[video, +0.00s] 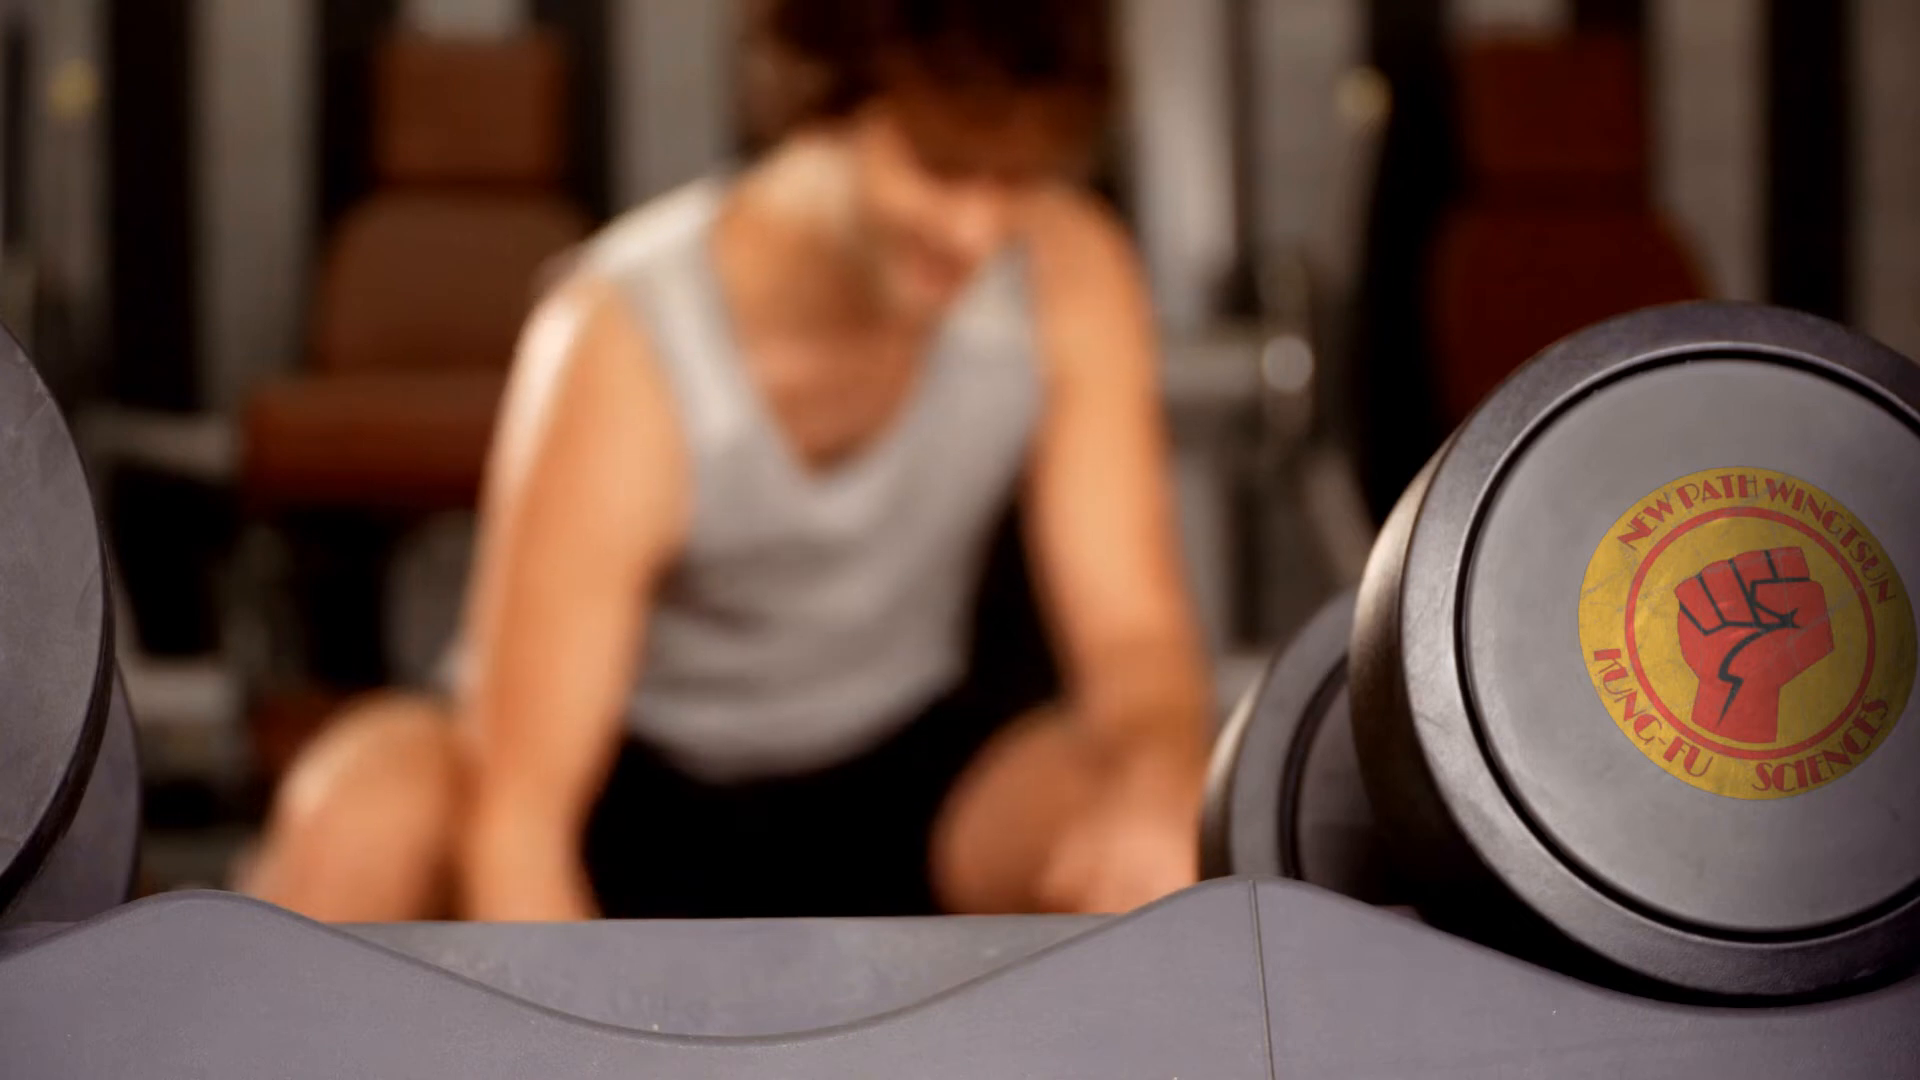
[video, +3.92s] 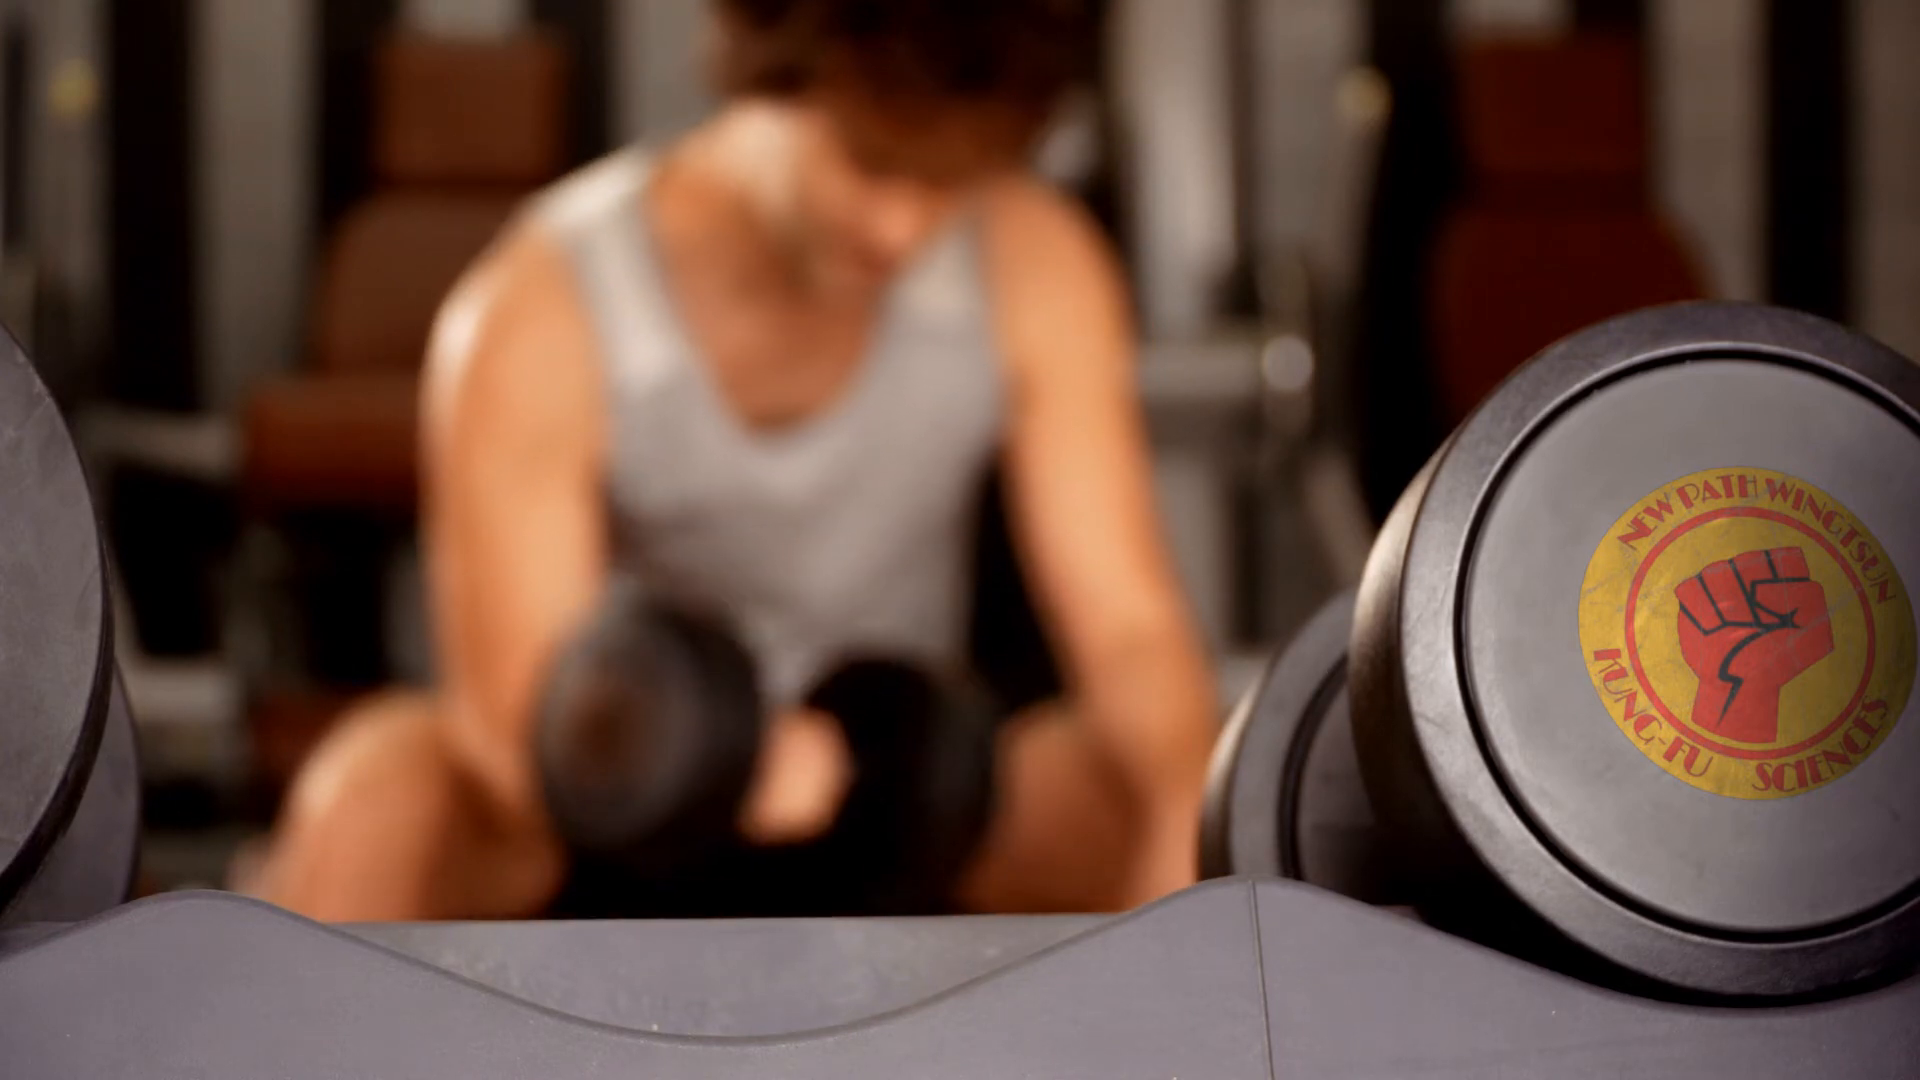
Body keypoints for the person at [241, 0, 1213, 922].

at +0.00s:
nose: (976, 231)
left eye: (1016, 182)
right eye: (938, 170)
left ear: (1056, 158)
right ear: (828, 113)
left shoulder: (1064, 270)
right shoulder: (623, 333)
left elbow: (1135, 651)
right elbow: (520, 815)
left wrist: (1152, 814)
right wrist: (594, 1063)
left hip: (898, 783)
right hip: (623, 793)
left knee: (1153, 824)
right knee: (362, 797)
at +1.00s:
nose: (932, 299)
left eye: (982, 262)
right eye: (906, 242)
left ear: (1041, 219)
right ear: (825, 137)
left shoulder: (1058, 263)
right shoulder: (604, 313)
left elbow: (1132, 641)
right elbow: (510, 749)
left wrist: (1169, 837)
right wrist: (672, 954)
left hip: (904, 773)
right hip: (628, 786)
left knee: (1189, 811)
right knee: (365, 788)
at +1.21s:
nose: (911, 307)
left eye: (962, 270)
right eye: (886, 250)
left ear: (1027, 228)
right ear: (804, 136)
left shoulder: (1044, 264)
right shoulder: (559, 311)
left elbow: (1136, 651)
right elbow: (513, 742)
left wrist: (1166, 868)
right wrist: (763, 810)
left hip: (899, 804)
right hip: (605, 805)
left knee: (1186, 778)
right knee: (370, 779)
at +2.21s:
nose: (903, 272)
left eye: (953, 232)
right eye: (877, 212)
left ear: (1010, 179)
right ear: (789, 115)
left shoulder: (1043, 257)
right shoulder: (562, 312)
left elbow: (1130, 641)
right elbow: (512, 756)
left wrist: (1204, 820)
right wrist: (729, 898)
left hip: (906, 767)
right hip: (623, 776)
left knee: (1198, 813)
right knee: (357, 796)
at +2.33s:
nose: (915, 280)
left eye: (968, 238)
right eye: (890, 218)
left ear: (1022, 190)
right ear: (799, 118)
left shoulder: (1052, 263)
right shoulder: (584, 314)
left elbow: (1135, 644)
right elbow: (520, 794)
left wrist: (1200, 822)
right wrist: (675, 1043)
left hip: (904, 782)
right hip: (625, 794)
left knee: (1193, 811)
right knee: (366, 793)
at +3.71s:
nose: (914, 238)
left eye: (962, 192)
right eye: (880, 176)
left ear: (1013, 158)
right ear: (785, 86)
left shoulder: (1043, 254)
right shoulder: (577, 308)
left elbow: (1133, 637)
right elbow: (507, 743)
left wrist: (1180, 861)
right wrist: (718, 896)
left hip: (902, 783)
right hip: (627, 794)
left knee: (1196, 789)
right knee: (369, 794)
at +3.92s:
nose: (906, 229)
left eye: (953, 181)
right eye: (871, 166)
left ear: (1006, 145)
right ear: (772, 78)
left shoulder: (1029, 255)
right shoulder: (537, 310)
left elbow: (1129, 628)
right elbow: (517, 725)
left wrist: (1189, 830)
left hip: (889, 807)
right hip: (615, 812)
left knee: (1186, 784)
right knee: (378, 778)